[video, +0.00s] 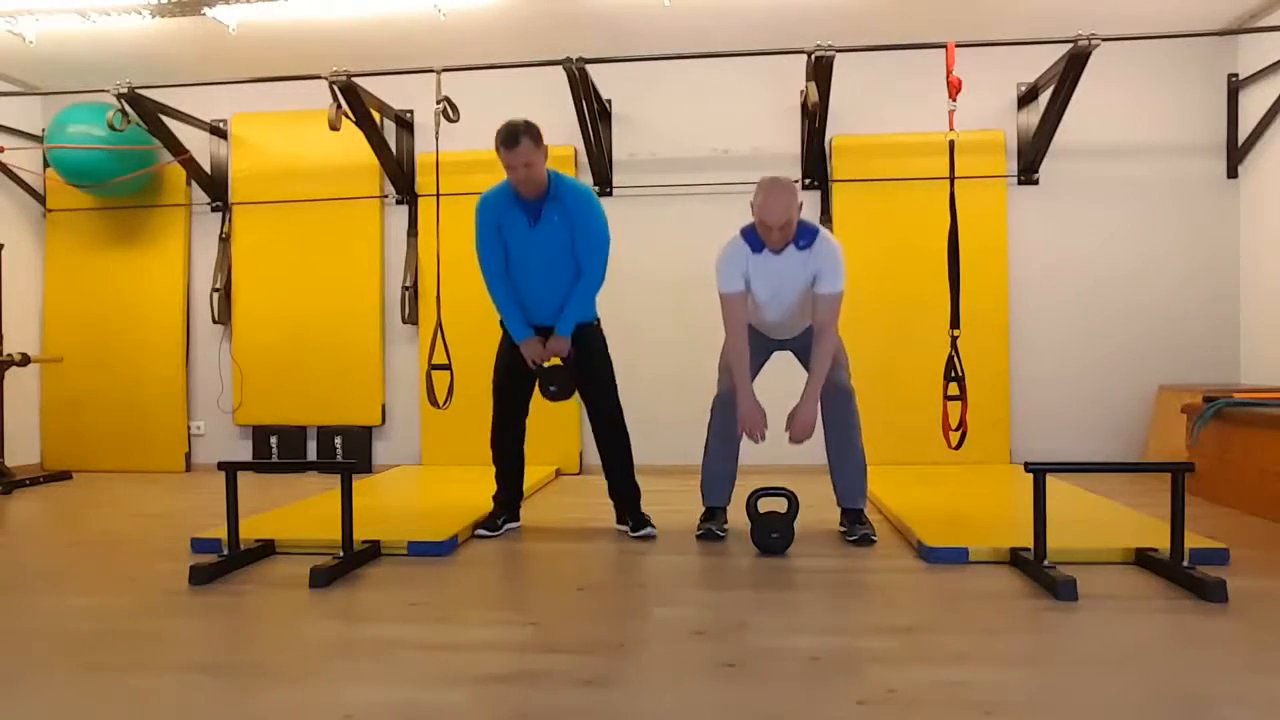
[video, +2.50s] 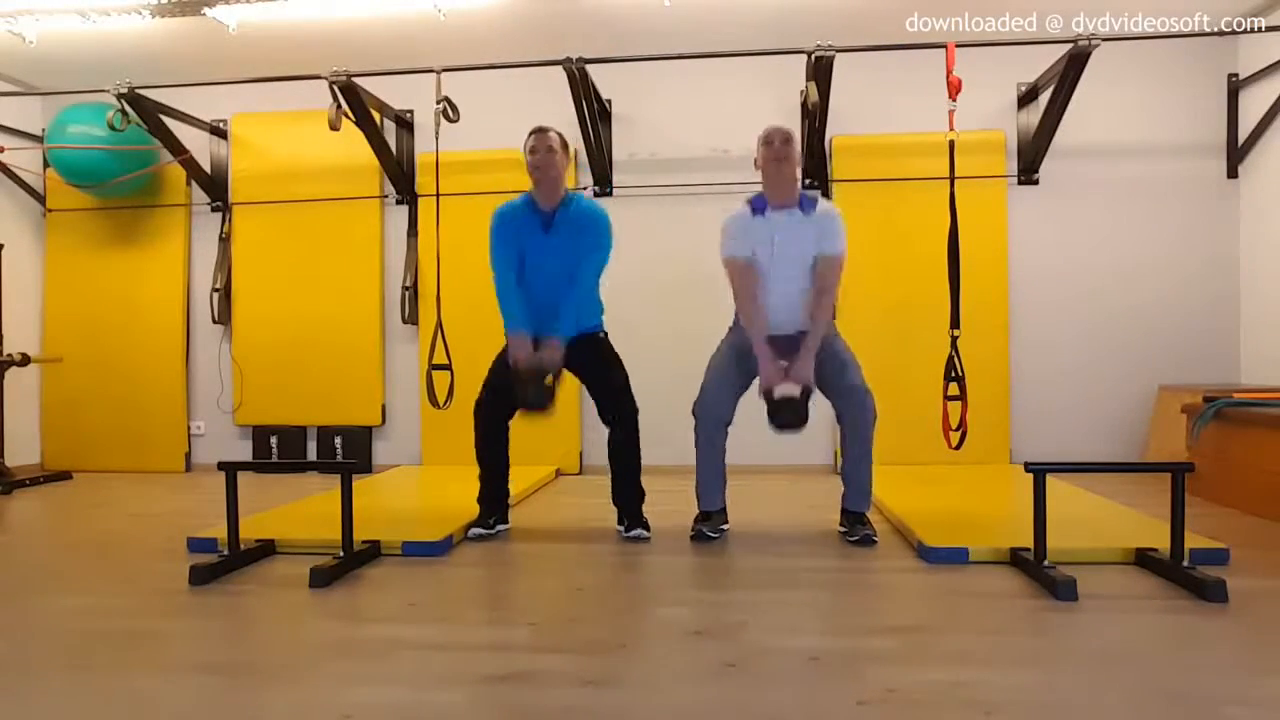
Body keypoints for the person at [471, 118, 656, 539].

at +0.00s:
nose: (519, 175)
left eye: (526, 165)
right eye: (510, 167)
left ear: (544, 153)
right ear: (500, 164)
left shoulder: (580, 200)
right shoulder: (491, 207)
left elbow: (593, 272)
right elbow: (496, 279)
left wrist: (566, 330)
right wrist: (523, 335)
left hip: (578, 324)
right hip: (520, 328)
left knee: (607, 416)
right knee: (506, 423)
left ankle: (629, 511)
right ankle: (506, 510)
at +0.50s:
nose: (528, 141)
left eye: (535, 132)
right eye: (519, 135)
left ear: (552, 136)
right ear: (510, 141)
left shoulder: (582, 190)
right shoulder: (496, 196)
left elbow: (582, 262)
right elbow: (496, 264)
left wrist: (560, 322)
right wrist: (515, 321)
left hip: (573, 322)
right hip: (517, 324)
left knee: (603, 418)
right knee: (503, 422)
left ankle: (627, 514)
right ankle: (493, 512)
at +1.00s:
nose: (527, 186)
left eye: (536, 177)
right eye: (519, 178)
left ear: (555, 181)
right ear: (511, 185)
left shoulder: (587, 233)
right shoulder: (496, 235)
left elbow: (589, 313)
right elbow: (507, 311)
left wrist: (568, 373)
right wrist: (530, 368)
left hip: (582, 341)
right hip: (524, 343)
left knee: (620, 408)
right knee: (487, 410)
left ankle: (630, 514)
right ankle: (492, 512)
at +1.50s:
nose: (533, 152)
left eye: (541, 145)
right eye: (525, 146)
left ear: (558, 155)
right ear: (515, 157)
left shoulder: (586, 214)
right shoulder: (495, 216)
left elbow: (582, 292)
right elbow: (501, 290)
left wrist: (559, 353)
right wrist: (518, 350)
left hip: (573, 334)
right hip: (516, 335)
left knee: (613, 413)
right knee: (482, 414)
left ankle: (629, 516)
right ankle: (491, 513)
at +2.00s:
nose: (549, 135)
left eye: (557, 130)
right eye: (542, 132)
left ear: (572, 140)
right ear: (530, 141)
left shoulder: (591, 181)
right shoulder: (517, 182)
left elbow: (564, 158)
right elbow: (491, 178)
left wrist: (537, 134)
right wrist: (495, 140)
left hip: (574, 313)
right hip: (521, 311)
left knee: (600, 414)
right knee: (505, 414)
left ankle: (630, 517)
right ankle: (494, 514)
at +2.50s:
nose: (543, 156)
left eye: (551, 150)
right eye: (536, 151)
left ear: (567, 161)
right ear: (525, 164)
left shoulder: (593, 218)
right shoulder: (507, 217)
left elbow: (585, 284)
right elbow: (505, 281)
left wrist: (560, 338)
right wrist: (517, 335)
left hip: (581, 335)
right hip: (525, 336)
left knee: (622, 410)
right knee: (489, 411)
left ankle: (631, 514)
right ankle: (493, 512)